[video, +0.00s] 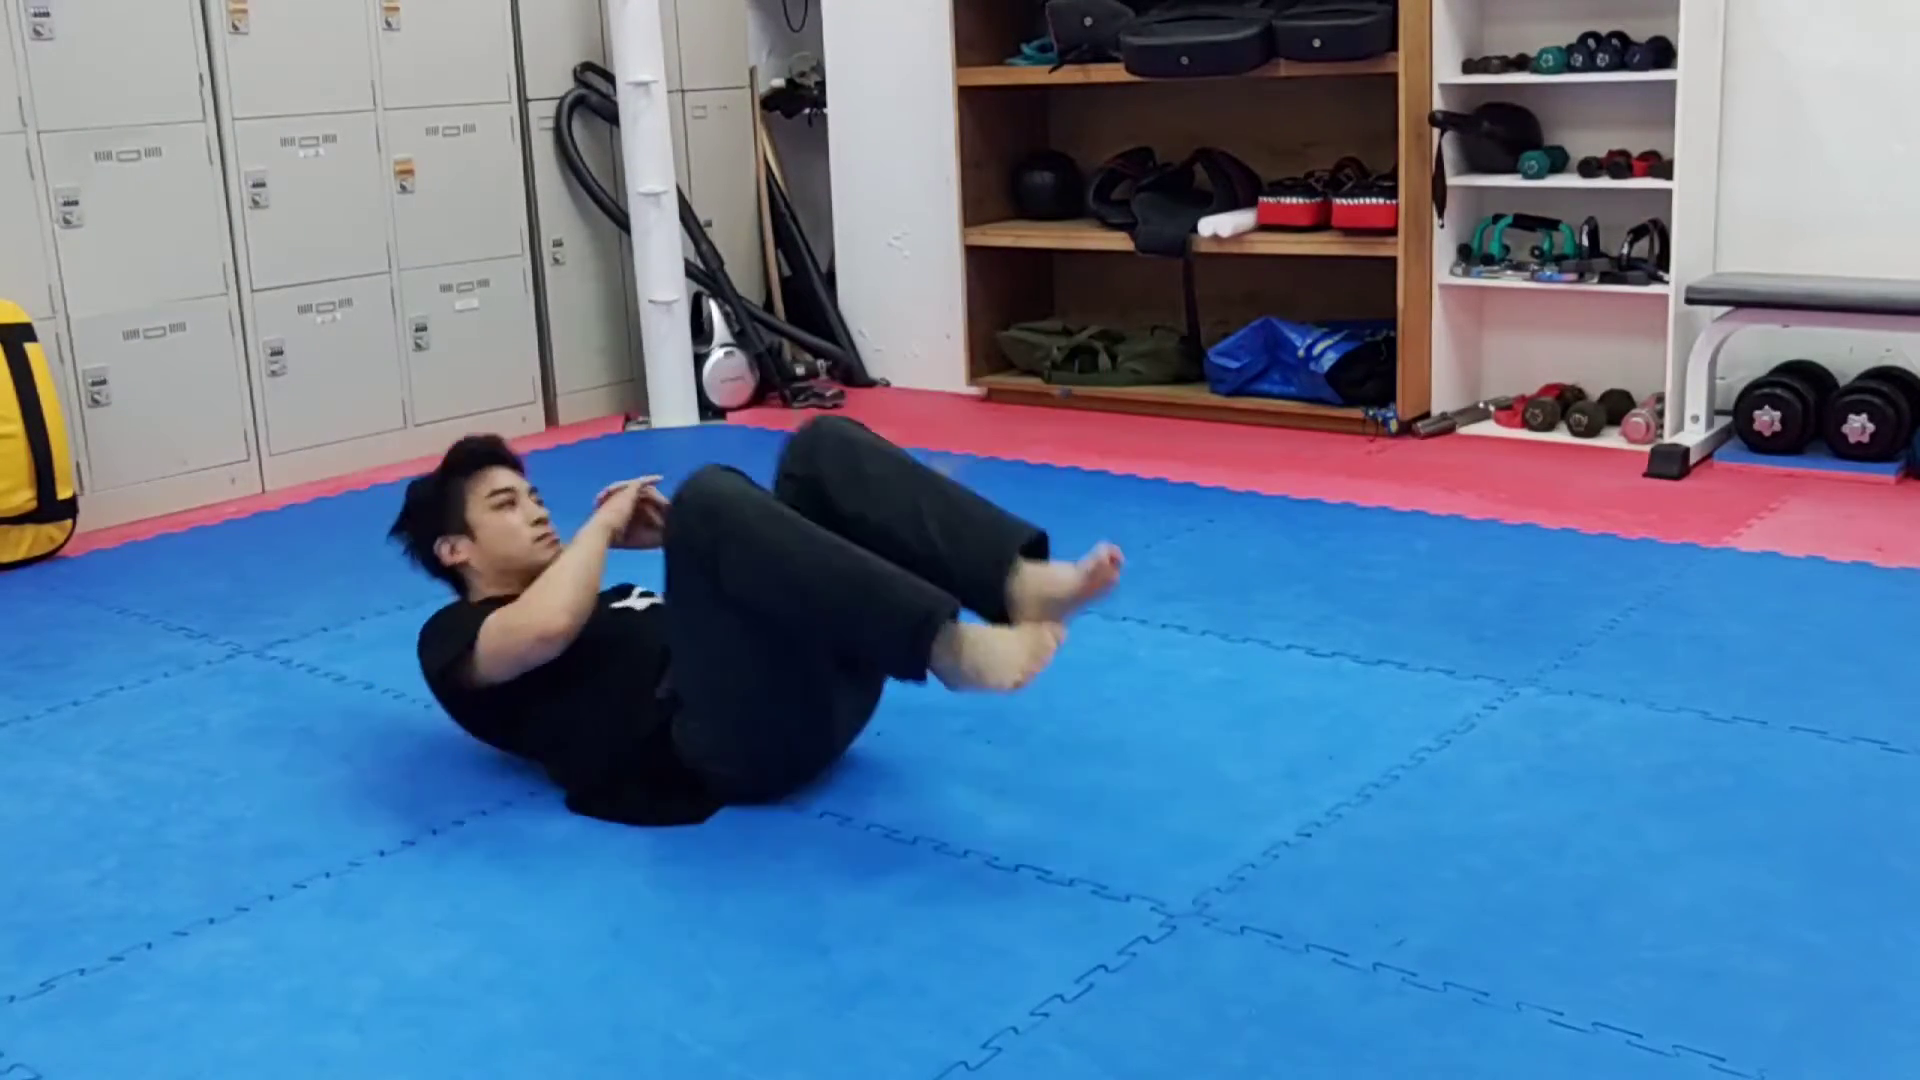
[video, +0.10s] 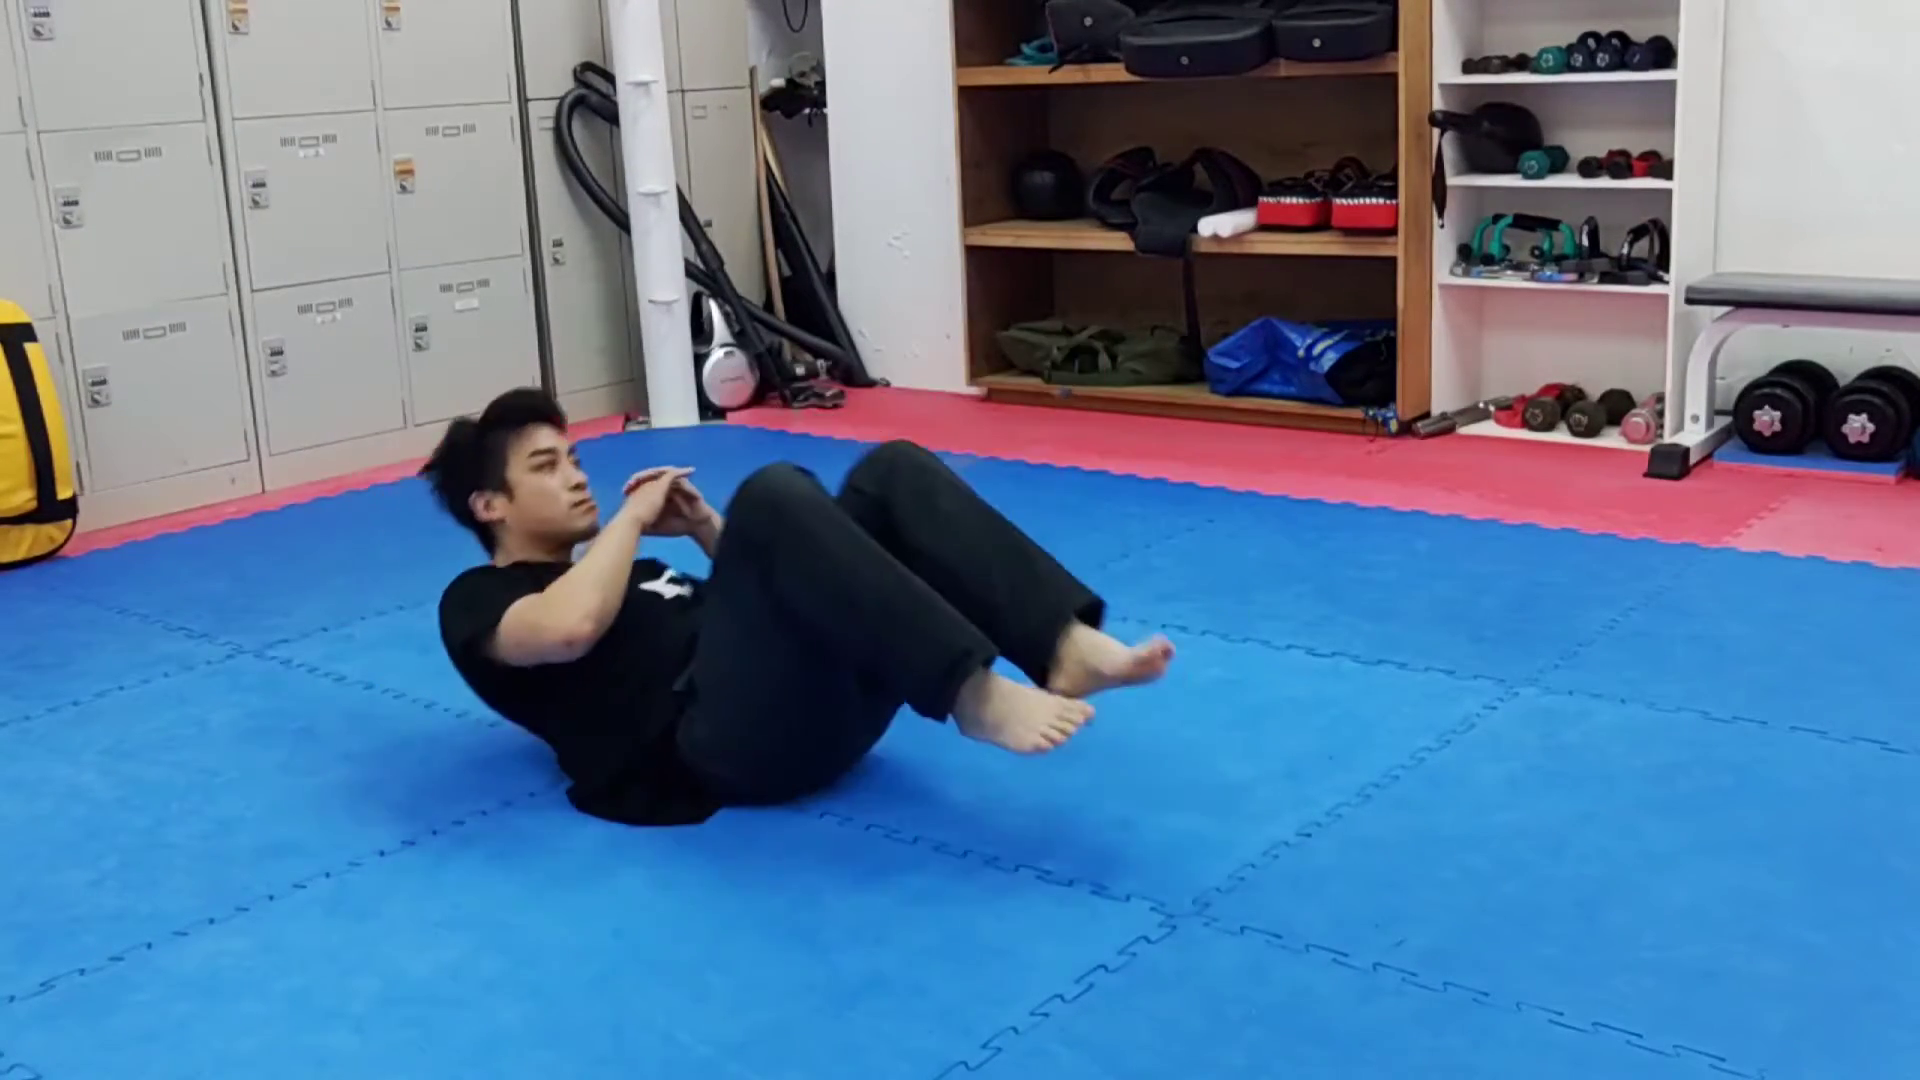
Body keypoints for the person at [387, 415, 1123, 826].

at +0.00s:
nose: (535, 513)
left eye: (531, 499)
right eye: (504, 506)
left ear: (544, 521)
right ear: (455, 554)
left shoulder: (589, 605)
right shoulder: (447, 643)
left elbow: (687, 644)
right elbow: (543, 629)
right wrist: (602, 530)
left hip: (807, 693)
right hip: (732, 747)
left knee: (821, 445)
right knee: (709, 501)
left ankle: (1017, 579)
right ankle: (948, 645)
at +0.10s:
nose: (575, 478)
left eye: (572, 461)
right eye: (546, 468)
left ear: (577, 476)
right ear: (490, 508)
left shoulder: (612, 572)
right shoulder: (471, 603)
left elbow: (768, 593)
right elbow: (566, 628)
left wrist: (704, 534)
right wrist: (629, 519)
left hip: (817, 702)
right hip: (735, 745)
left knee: (890, 467)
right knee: (772, 493)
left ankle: (1063, 643)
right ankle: (972, 691)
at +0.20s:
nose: (603, 452)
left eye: (599, 433)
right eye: (571, 441)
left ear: (601, 443)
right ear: (514, 482)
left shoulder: (649, 537)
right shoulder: (497, 584)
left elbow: (794, 579)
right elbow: (566, 638)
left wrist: (723, 509)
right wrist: (632, 513)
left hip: (844, 703)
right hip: (752, 743)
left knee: (935, 481)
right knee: (819, 487)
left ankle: (1115, 656)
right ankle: (999, 696)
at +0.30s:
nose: (598, 440)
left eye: (594, 418)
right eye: (565, 437)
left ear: (610, 420)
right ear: (519, 484)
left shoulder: (681, 499)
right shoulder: (525, 588)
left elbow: (825, 547)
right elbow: (559, 666)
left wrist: (718, 487)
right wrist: (618, 524)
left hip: (860, 694)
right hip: (766, 739)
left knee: (964, 481)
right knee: (857, 483)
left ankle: (1158, 639)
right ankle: (1032, 691)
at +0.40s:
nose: (570, 465)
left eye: (563, 441)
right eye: (537, 472)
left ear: (580, 430)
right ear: (507, 514)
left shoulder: (678, 487)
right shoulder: (539, 612)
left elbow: (822, 521)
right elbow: (569, 711)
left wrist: (689, 487)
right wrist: (594, 547)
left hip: (868, 677)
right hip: (775, 731)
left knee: (987, 482)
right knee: (882, 487)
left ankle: (1184, 629)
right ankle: (1052, 698)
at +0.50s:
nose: (543, 498)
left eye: (535, 475)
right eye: (514, 506)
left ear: (554, 460)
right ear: (490, 543)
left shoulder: (652, 511)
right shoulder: (534, 635)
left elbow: (788, 507)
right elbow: (579, 742)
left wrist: (637, 500)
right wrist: (564, 585)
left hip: (864, 681)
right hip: (775, 730)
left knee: (983, 476)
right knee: (878, 480)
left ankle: (1179, 616)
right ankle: (1035, 697)